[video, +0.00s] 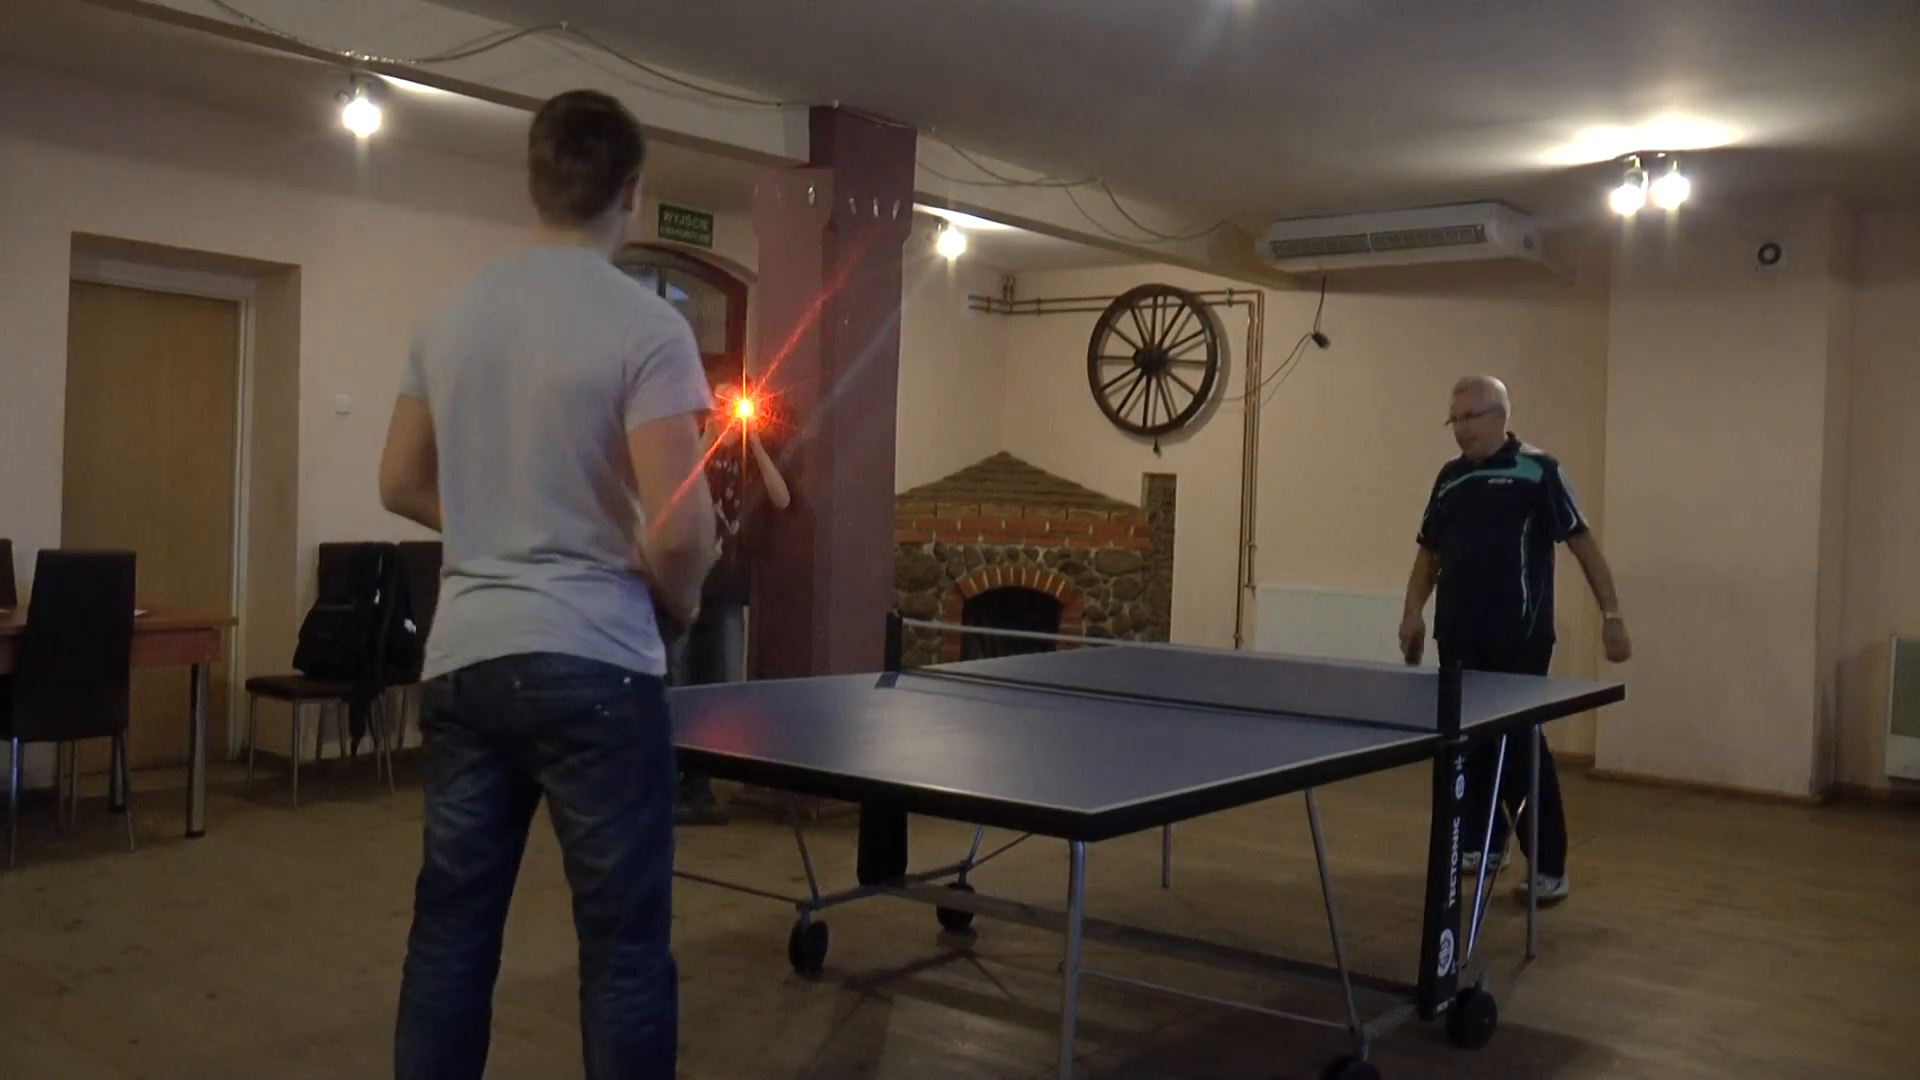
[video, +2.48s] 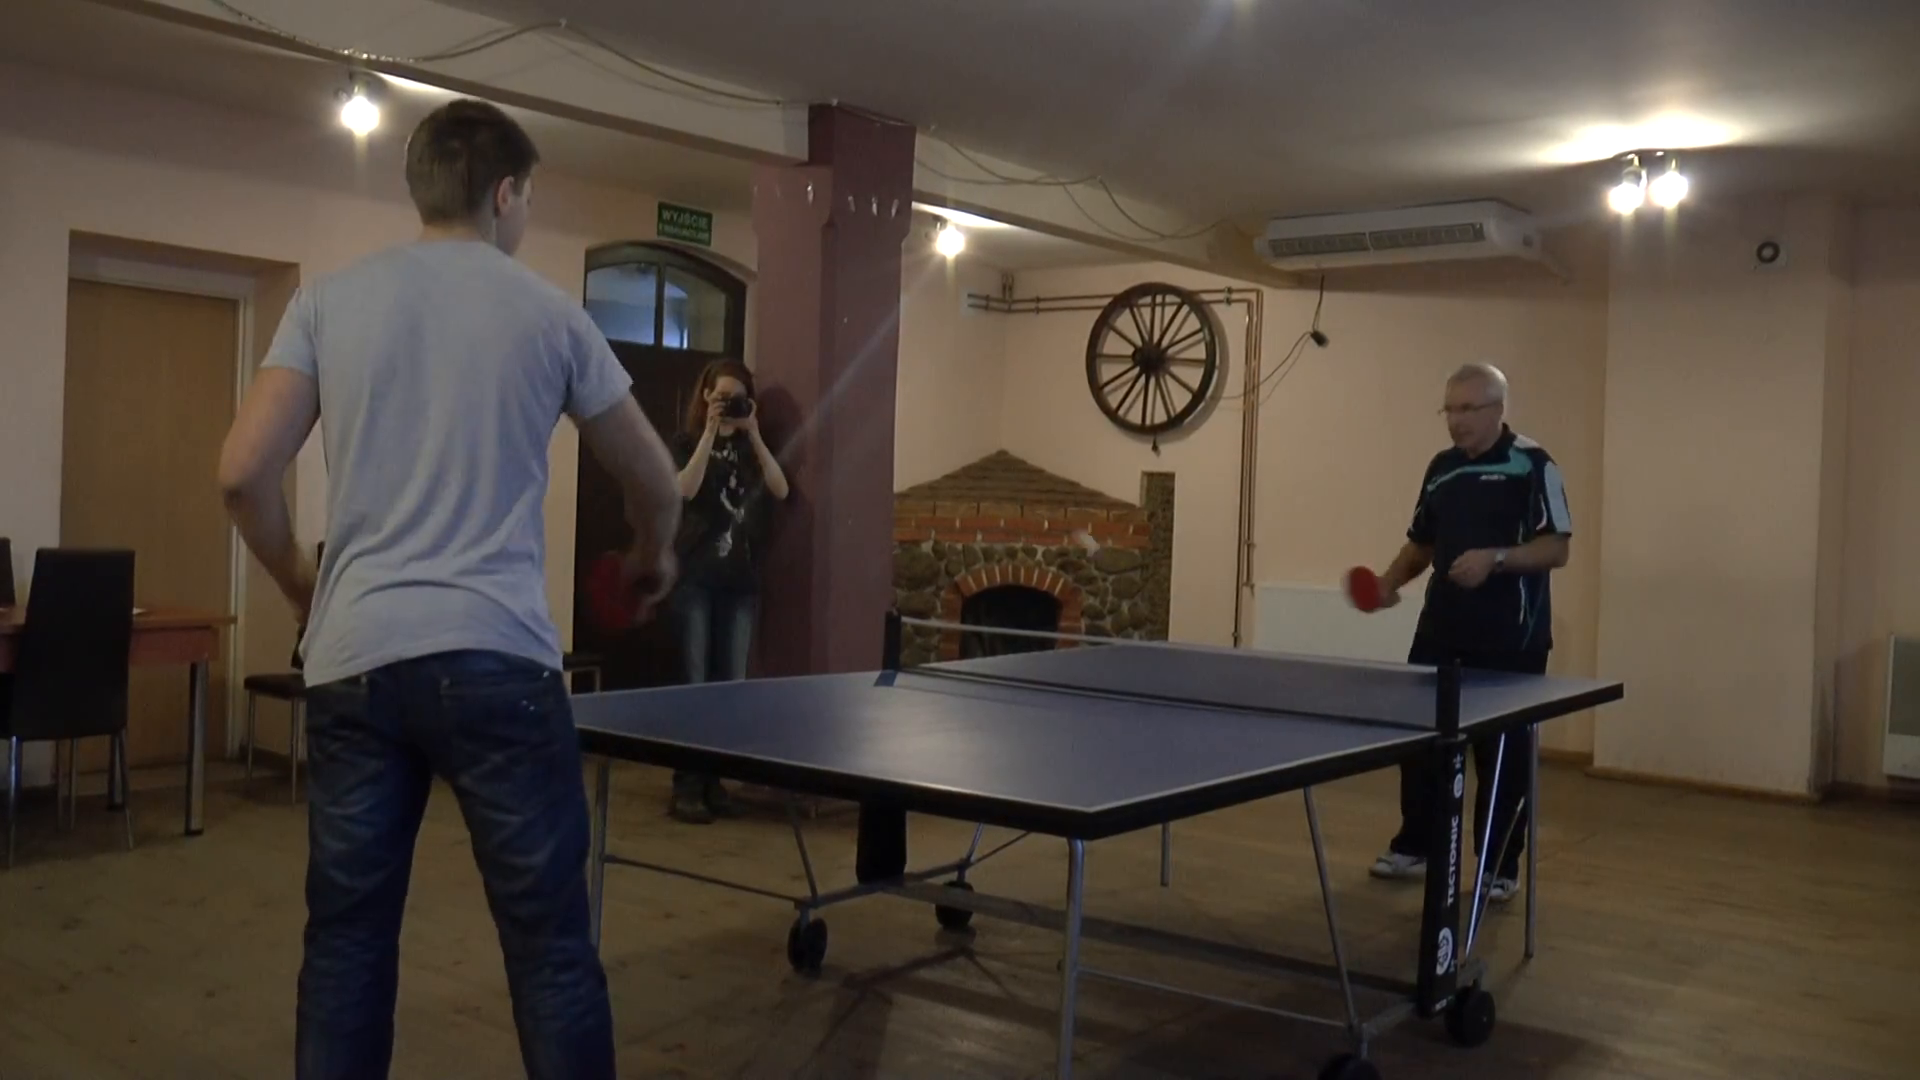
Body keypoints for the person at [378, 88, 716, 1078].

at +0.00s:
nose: (641, 201)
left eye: (632, 185)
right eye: (642, 187)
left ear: (532, 187)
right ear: (631, 194)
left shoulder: (453, 315)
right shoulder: (648, 324)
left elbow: (404, 480)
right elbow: (675, 534)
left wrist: (504, 525)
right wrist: (679, 604)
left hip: (463, 651)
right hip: (593, 655)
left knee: (450, 924)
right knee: (624, 939)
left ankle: (428, 1073)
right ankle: (631, 1075)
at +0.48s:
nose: (541, 202)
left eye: (539, 182)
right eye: (538, 180)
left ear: (436, 186)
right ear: (508, 181)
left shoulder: (362, 327)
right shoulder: (529, 304)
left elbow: (352, 511)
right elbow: (576, 511)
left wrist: (459, 529)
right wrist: (623, 562)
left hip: (398, 656)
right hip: (523, 659)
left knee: (418, 934)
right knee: (606, 933)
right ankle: (625, 1071)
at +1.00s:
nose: (599, 227)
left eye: (598, 208)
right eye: (599, 207)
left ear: (493, 202)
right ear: (575, 202)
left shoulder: (397, 318)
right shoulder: (586, 312)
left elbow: (353, 502)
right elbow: (619, 509)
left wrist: (453, 535)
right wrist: (635, 597)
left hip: (410, 663)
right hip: (541, 666)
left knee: (426, 934)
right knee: (608, 941)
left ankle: (417, 1078)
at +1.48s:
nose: (721, 234)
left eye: (724, 218)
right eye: (723, 216)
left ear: (617, 205)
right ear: (703, 213)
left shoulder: (510, 306)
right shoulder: (720, 328)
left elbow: (444, 475)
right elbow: (750, 519)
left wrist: (530, 549)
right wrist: (708, 611)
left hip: (497, 651)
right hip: (638, 653)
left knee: (456, 914)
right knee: (651, 931)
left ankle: (423, 1071)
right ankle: (650, 1074)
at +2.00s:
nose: (591, 241)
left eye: (593, 222)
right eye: (592, 220)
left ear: (487, 206)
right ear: (567, 210)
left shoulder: (388, 312)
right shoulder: (584, 310)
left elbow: (310, 488)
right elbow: (706, 483)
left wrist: (389, 555)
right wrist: (653, 530)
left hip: (378, 664)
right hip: (519, 664)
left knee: (362, 940)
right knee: (580, 947)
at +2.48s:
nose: (527, 212)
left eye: (529, 196)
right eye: (527, 195)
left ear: (416, 193)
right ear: (504, 193)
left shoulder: (331, 295)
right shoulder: (548, 309)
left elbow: (245, 473)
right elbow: (656, 481)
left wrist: (297, 577)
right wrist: (653, 550)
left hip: (349, 653)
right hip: (495, 650)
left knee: (345, 936)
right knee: (550, 940)